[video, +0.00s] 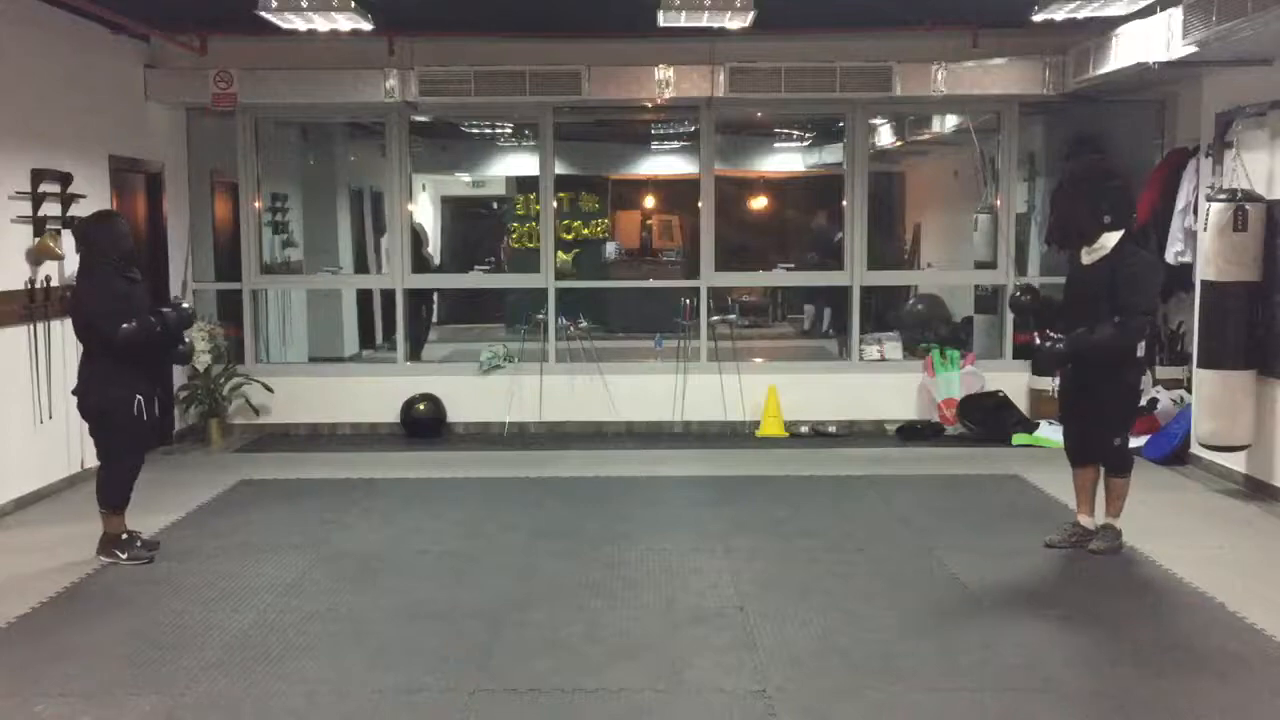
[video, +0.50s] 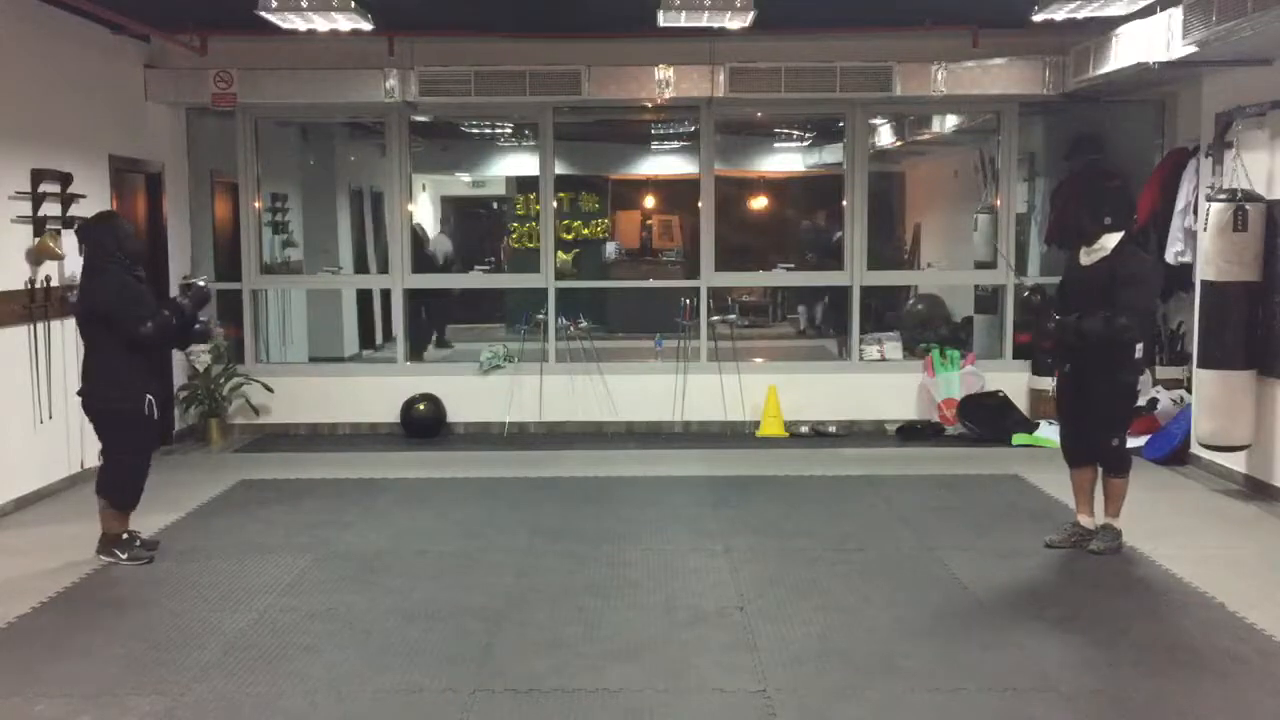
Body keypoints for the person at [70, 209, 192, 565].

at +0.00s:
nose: (129, 241)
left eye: (127, 235)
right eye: (121, 236)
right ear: (103, 243)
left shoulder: (121, 278)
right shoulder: (95, 284)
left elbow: (136, 325)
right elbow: (116, 336)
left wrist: (169, 341)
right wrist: (164, 321)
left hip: (129, 385)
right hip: (110, 388)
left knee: (127, 459)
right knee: (118, 459)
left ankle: (118, 533)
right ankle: (111, 539)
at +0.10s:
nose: (130, 241)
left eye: (128, 234)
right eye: (123, 236)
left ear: (106, 243)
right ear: (104, 243)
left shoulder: (121, 277)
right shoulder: (97, 282)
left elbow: (142, 324)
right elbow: (131, 326)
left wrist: (178, 338)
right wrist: (177, 310)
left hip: (129, 385)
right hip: (110, 389)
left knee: (125, 458)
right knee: (116, 460)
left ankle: (119, 532)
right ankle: (112, 539)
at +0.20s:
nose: (131, 240)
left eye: (129, 234)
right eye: (124, 235)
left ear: (101, 241)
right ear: (106, 241)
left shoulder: (121, 278)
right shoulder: (99, 283)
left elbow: (151, 320)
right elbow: (143, 318)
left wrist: (194, 322)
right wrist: (187, 301)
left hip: (127, 387)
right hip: (110, 390)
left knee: (123, 460)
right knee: (115, 462)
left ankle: (118, 533)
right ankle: (111, 539)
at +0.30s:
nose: (130, 239)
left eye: (128, 233)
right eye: (124, 233)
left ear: (99, 241)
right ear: (106, 240)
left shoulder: (119, 277)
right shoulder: (102, 280)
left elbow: (153, 323)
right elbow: (144, 313)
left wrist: (195, 317)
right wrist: (190, 295)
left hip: (123, 386)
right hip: (109, 388)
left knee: (120, 460)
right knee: (114, 461)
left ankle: (116, 533)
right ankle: (111, 538)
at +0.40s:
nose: (131, 240)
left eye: (129, 234)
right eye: (125, 234)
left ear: (99, 241)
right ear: (108, 240)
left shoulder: (118, 277)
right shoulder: (105, 280)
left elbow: (150, 329)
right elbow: (149, 318)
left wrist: (193, 321)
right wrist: (191, 293)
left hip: (125, 388)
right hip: (112, 391)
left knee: (122, 461)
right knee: (116, 462)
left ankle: (117, 533)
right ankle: (111, 539)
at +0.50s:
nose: (137, 241)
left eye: (134, 234)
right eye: (129, 236)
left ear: (102, 243)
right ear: (113, 242)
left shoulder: (115, 277)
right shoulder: (111, 281)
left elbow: (144, 329)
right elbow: (143, 332)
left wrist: (186, 330)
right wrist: (185, 306)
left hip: (124, 388)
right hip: (121, 390)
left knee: (126, 458)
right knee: (125, 459)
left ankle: (118, 534)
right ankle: (112, 538)